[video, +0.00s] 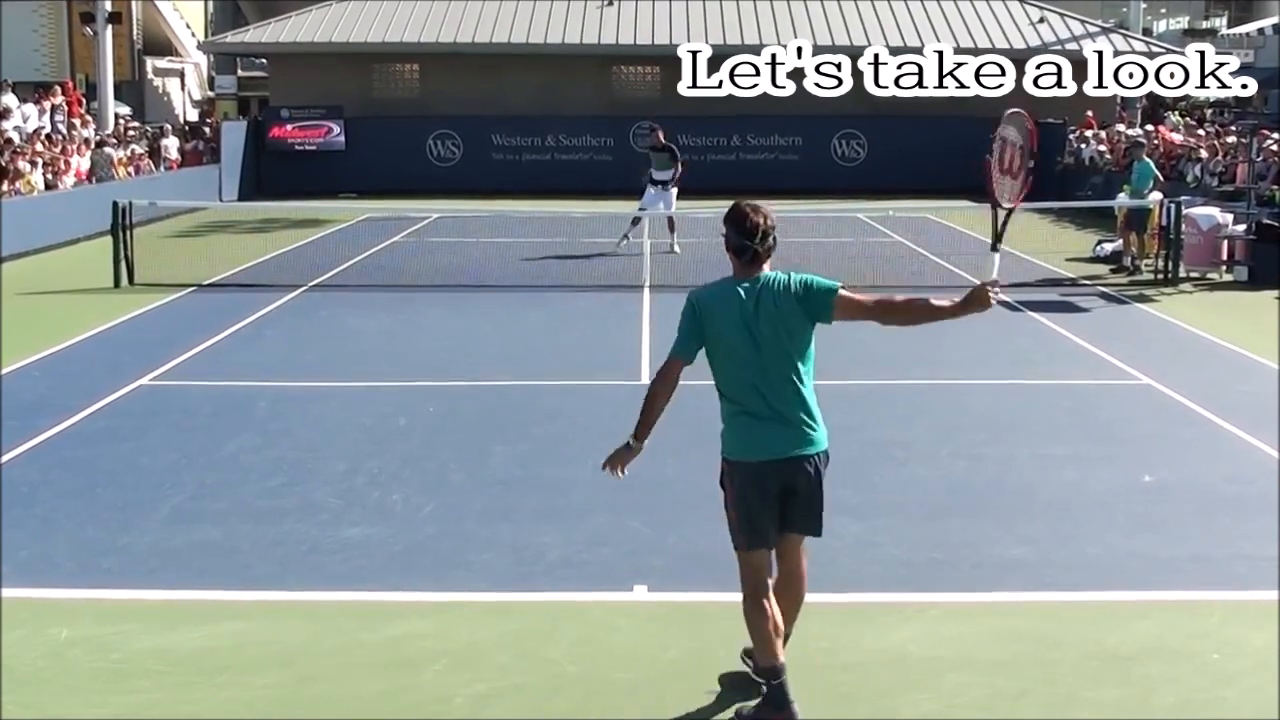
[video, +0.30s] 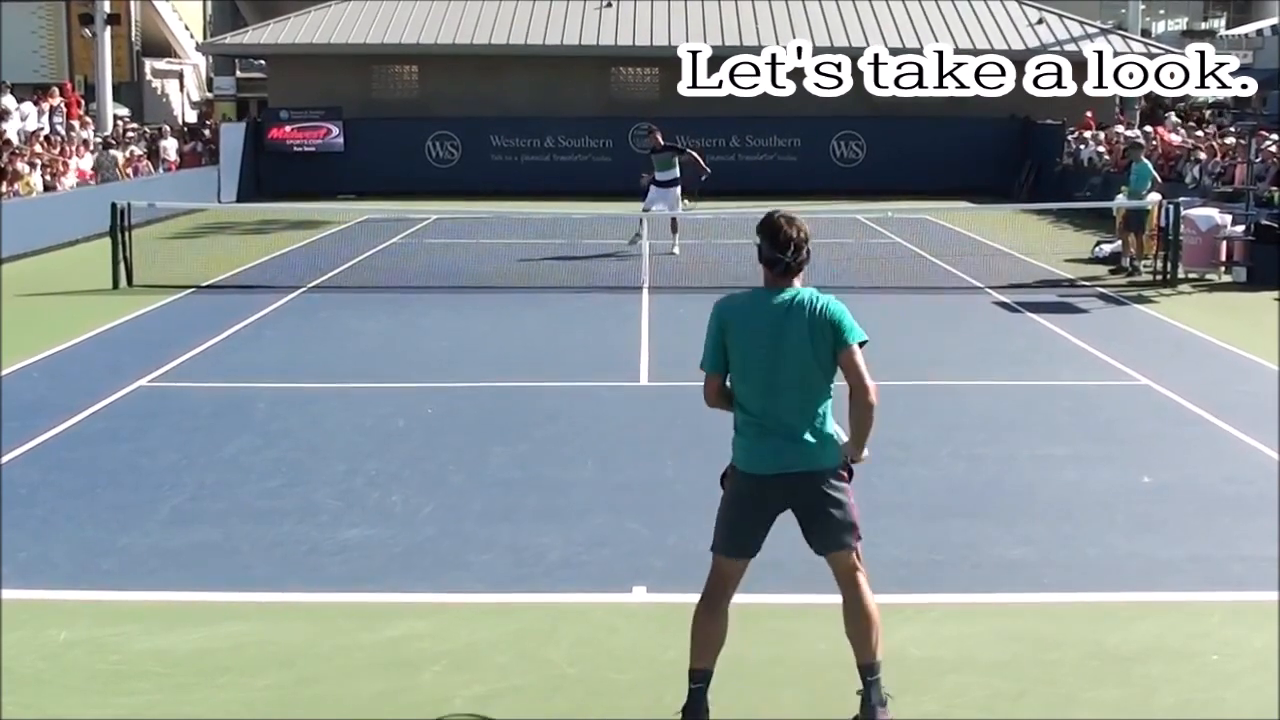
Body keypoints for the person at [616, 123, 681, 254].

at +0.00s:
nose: (654, 139)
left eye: (656, 136)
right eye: (652, 136)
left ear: (661, 135)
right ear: (651, 138)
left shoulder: (671, 149)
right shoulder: (651, 149)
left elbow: (678, 167)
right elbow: (653, 165)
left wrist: (672, 182)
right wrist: (648, 176)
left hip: (668, 184)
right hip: (653, 183)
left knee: (670, 214)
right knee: (641, 211)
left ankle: (673, 242)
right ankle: (626, 236)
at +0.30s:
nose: (653, 140)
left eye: (654, 137)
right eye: (651, 138)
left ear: (660, 136)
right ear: (650, 140)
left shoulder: (671, 148)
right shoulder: (652, 153)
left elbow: (691, 153)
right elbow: (659, 168)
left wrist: (704, 167)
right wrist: (650, 177)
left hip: (673, 186)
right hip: (656, 185)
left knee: (674, 215)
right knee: (645, 210)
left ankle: (675, 244)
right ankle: (639, 234)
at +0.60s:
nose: (651, 142)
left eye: (652, 139)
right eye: (649, 140)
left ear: (656, 139)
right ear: (645, 141)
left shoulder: (666, 152)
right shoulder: (644, 155)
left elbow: (684, 160)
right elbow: (644, 168)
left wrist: (690, 175)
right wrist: (643, 178)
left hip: (666, 187)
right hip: (651, 187)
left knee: (668, 215)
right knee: (650, 215)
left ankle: (673, 244)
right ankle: (655, 241)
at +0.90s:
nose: (653, 140)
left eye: (654, 138)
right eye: (650, 138)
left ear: (658, 139)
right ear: (646, 140)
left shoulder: (667, 153)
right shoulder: (641, 154)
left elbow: (674, 167)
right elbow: (638, 170)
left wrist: (670, 179)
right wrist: (645, 177)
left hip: (661, 188)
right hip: (646, 188)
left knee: (660, 216)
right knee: (643, 215)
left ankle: (657, 243)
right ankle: (647, 237)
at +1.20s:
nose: (648, 135)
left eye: (650, 133)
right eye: (646, 133)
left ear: (654, 134)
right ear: (642, 135)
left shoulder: (661, 150)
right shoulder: (635, 149)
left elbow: (666, 166)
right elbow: (630, 166)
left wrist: (658, 176)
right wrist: (637, 166)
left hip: (653, 186)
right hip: (638, 186)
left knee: (654, 215)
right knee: (631, 214)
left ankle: (655, 243)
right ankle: (624, 241)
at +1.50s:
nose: (644, 141)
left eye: (646, 138)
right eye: (641, 139)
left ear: (649, 141)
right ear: (636, 141)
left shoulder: (654, 156)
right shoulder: (631, 155)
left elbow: (658, 173)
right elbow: (623, 173)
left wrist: (651, 182)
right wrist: (633, 171)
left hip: (647, 189)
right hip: (632, 189)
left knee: (651, 217)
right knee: (628, 217)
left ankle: (653, 244)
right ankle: (620, 244)